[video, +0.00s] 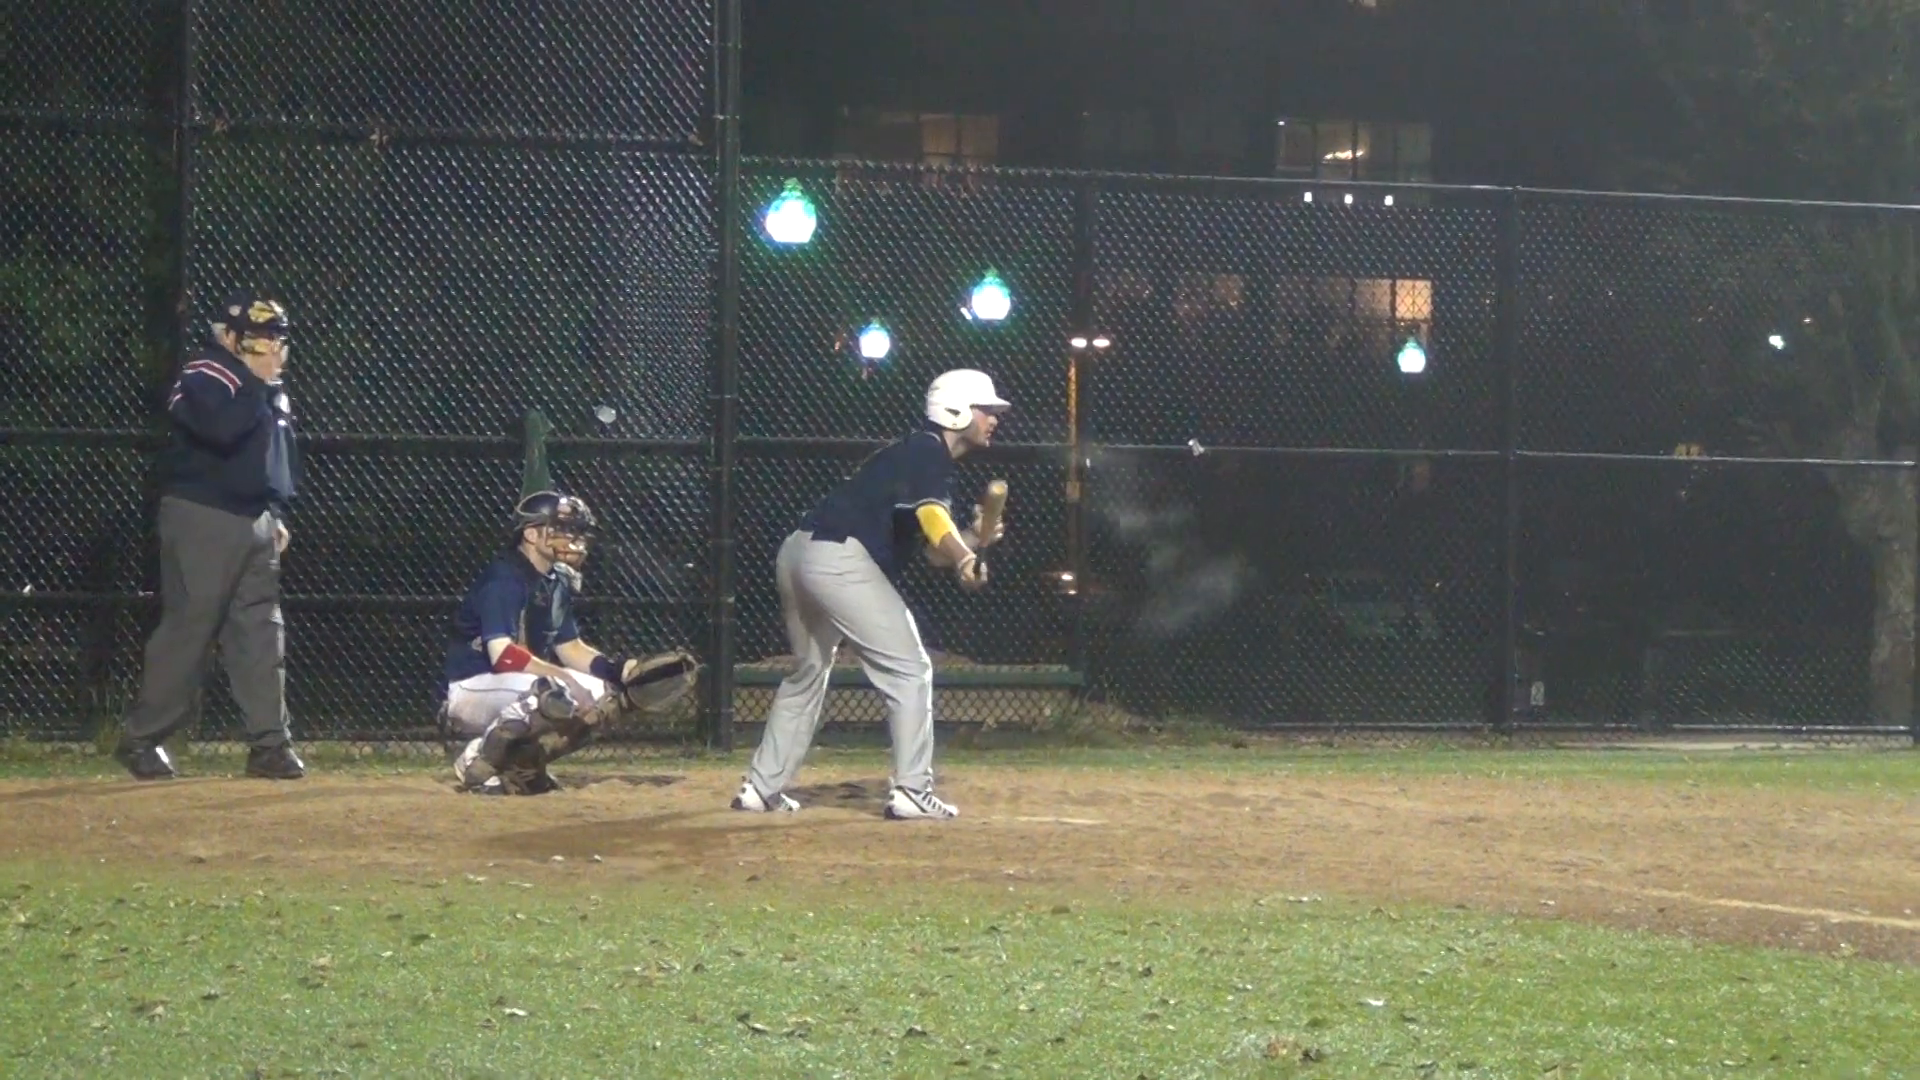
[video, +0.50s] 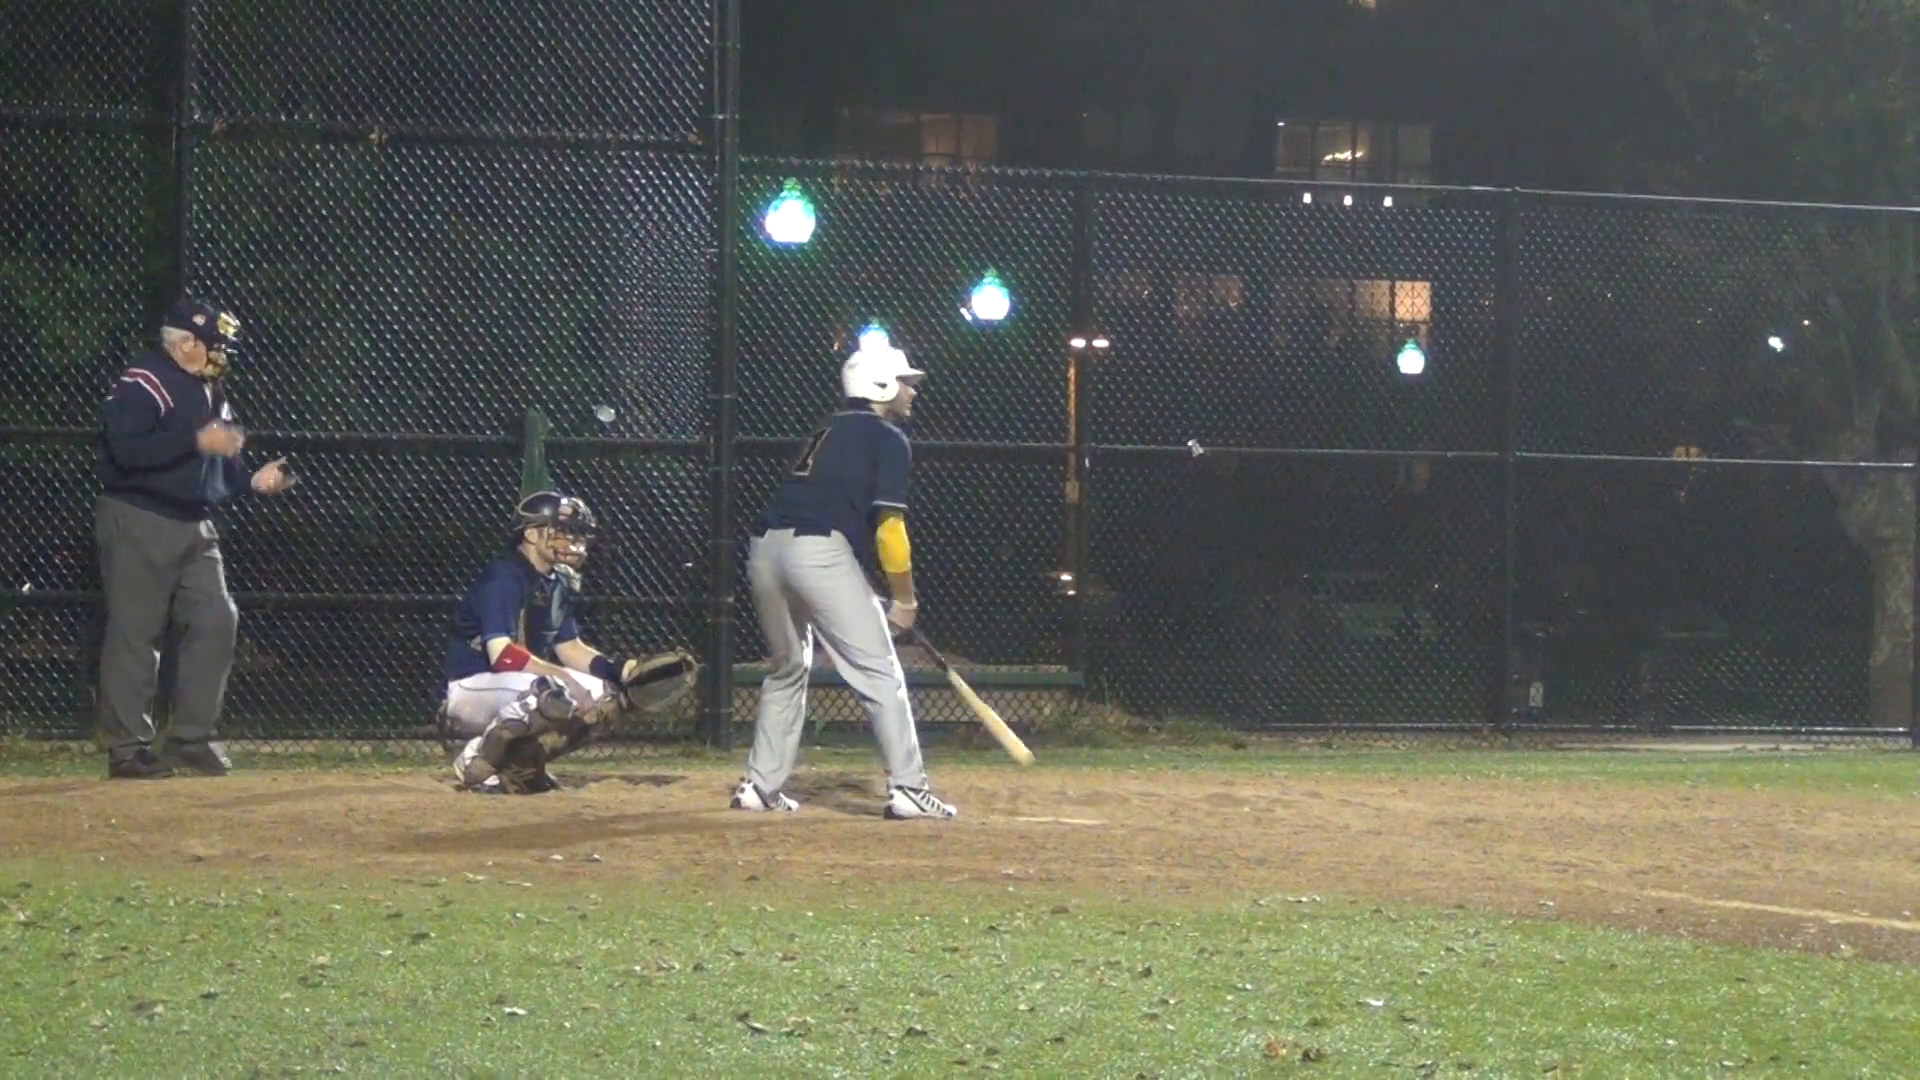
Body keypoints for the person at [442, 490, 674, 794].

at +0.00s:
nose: (572, 540)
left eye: (574, 532)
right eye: (562, 531)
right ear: (531, 535)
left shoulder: (556, 581)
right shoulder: (503, 577)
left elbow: (569, 647)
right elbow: (503, 656)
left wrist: (621, 670)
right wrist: (566, 682)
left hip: (522, 681)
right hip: (470, 690)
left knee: (606, 694)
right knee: (552, 696)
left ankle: (524, 764)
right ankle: (478, 761)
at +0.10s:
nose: (568, 539)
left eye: (570, 531)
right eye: (558, 530)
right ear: (531, 533)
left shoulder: (555, 579)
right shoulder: (503, 574)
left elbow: (570, 645)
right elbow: (502, 652)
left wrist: (621, 669)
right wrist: (565, 678)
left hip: (523, 677)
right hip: (472, 685)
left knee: (606, 690)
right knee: (551, 693)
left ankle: (525, 760)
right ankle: (477, 761)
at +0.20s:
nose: (572, 541)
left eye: (575, 533)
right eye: (562, 532)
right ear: (532, 535)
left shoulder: (556, 581)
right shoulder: (504, 575)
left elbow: (570, 647)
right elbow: (502, 654)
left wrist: (622, 672)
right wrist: (566, 682)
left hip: (524, 679)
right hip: (472, 687)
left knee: (605, 692)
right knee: (552, 695)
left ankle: (525, 763)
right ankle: (478, 763)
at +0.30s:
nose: (570, 539)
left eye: (573, 531)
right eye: (560, 531)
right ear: (532, 535)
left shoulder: (555, 582)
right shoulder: (504, 575)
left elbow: (570, 647)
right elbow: (503, 655)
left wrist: (621, 670)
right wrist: (568, 682)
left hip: (525, 679)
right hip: (472, 687)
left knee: (609, 692)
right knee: (552, 695)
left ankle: (525, 764)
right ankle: (479, 761)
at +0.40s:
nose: (572, 541)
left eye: (574, 533)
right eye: (561, 532)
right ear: (532, 535)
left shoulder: (555, 582)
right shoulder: (503, 575)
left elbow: (570, 647)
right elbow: (502, 655)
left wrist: (623, 671)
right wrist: (567, 683)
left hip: (525, 681)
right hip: (471, 688)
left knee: (606, 692)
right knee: (553, 694)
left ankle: (524, 764)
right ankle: (477, 762)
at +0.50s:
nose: (570, 541)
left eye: (573, 532)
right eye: (560, 531)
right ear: (532, 535)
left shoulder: (555, 582)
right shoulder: (503, 576)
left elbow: (569, 647)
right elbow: (502, 655)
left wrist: (622, 671)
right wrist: (566, 683)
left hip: (524, 681)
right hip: (471, 688)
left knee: (606, 693)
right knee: (551, 695)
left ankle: (523, 763)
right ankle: (477, 762)